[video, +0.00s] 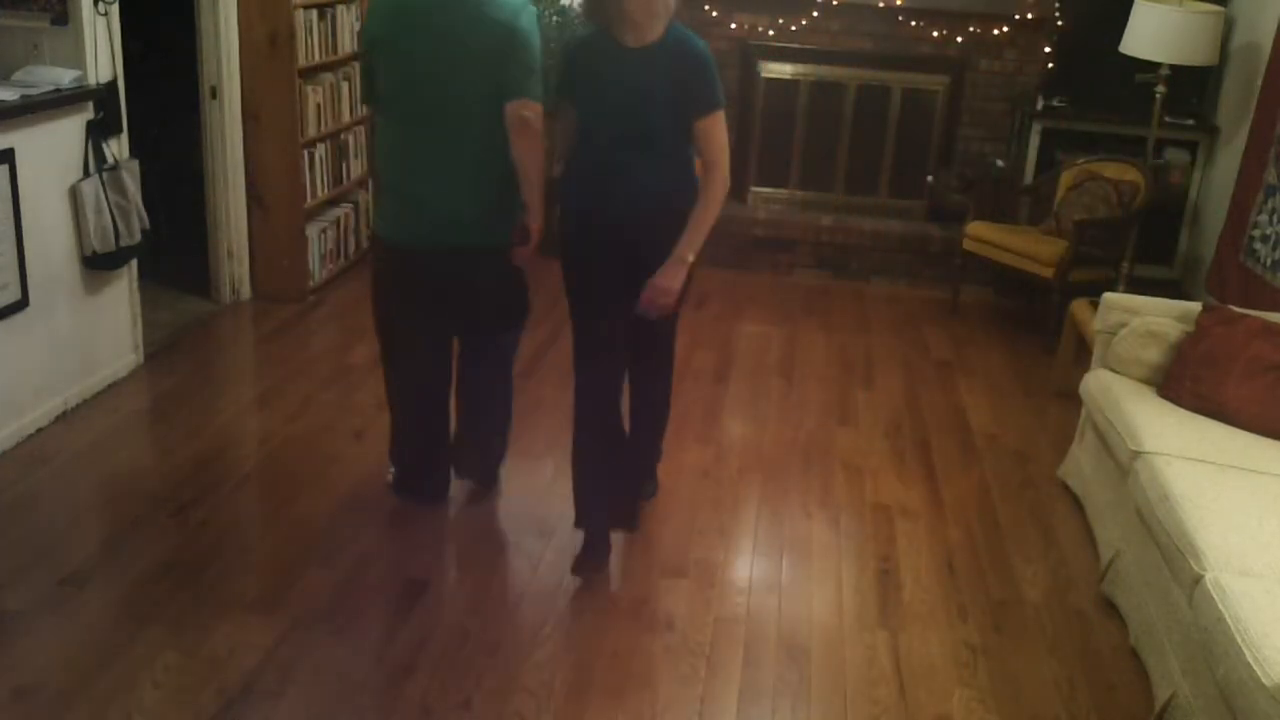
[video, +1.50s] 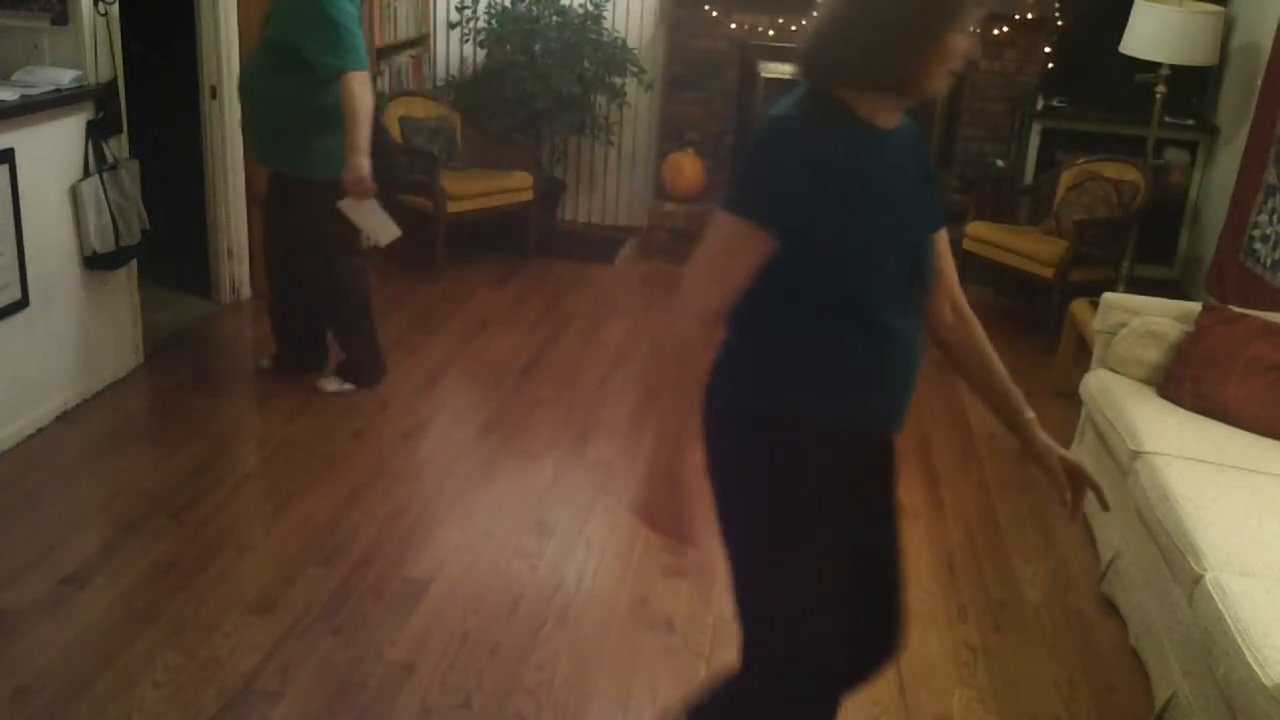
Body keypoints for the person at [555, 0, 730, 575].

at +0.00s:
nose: (644, 5)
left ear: (666, 2)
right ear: (614, 2)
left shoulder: (689, 57)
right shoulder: (579, 54)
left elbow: (719, 174)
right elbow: (560, 151)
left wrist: (679, 263)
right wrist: (547, 223)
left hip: (660, 241)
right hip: (590, 239)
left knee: (650, 374)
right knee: (594, 382)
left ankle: (637, 486)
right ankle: (593, 526)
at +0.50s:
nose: (693, 4)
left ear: (708, 7)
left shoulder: (716, 81)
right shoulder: (590, 60)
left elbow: (734, 217)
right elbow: (553, 165)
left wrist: (661, 300)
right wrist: (536, 252)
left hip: (676, 283)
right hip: (587, 271)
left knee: (661, 438)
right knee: (594, 422)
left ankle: (650, 611)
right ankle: (598, 547)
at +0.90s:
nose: (767, 15)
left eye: (775, 3)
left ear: (783, 15)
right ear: (702, 4)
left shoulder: (779, 109)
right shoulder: (634, 86)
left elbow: (803, 264)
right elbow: (588, 215)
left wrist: (710, 353)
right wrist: (564, 330)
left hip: (733, 344)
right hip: (626, 330)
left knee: (693, 538)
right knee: (614, 512)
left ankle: (653, 700)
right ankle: (583, 598)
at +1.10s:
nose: (819, 23)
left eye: (826, 9)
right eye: (803, 3)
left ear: (823, 22)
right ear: (750, 5)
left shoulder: (817, 122)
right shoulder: (665, 100)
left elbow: (852, 280)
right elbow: (607, 233)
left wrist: (801, 387)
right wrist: (577, 349)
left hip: (755, 365)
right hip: (653, 351)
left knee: (703, 574)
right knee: (659, 563)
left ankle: (667, 709)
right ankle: (654, 703)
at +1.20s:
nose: (849, 38)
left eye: (855, 22)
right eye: (835, 17)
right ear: (778, 16)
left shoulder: (841, 137)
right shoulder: (684, 114)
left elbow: (884, 285)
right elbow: (618, 248)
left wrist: (878, 400)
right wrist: (578, 365)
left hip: (783, 374)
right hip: (672, 364)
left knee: (712, 574)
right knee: (697, 580)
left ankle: (655, 703)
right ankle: (720, 709)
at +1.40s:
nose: (925, 48)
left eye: (928, 31)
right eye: (916, 27)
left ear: (872, 36)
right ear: (863, 28)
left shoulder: (888, 149)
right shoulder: (748, 134)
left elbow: (931, 301)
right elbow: (658, 285)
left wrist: (1002, 421)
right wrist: (613, 431)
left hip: (836, 412)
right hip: (736, 409)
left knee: (803, 620)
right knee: (768, 631)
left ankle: (675, 692)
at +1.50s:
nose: (973, 49)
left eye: (976, 32)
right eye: (965, 27)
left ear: (921, 38)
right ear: (913, 29)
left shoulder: (907, 146)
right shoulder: (794, 141)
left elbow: (949, 312)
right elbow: (694, 307)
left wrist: (1034, 437)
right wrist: (665, 467)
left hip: (859, 430)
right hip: (771, 428)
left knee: (869, 637)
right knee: (795, 665)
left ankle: (718, 709)